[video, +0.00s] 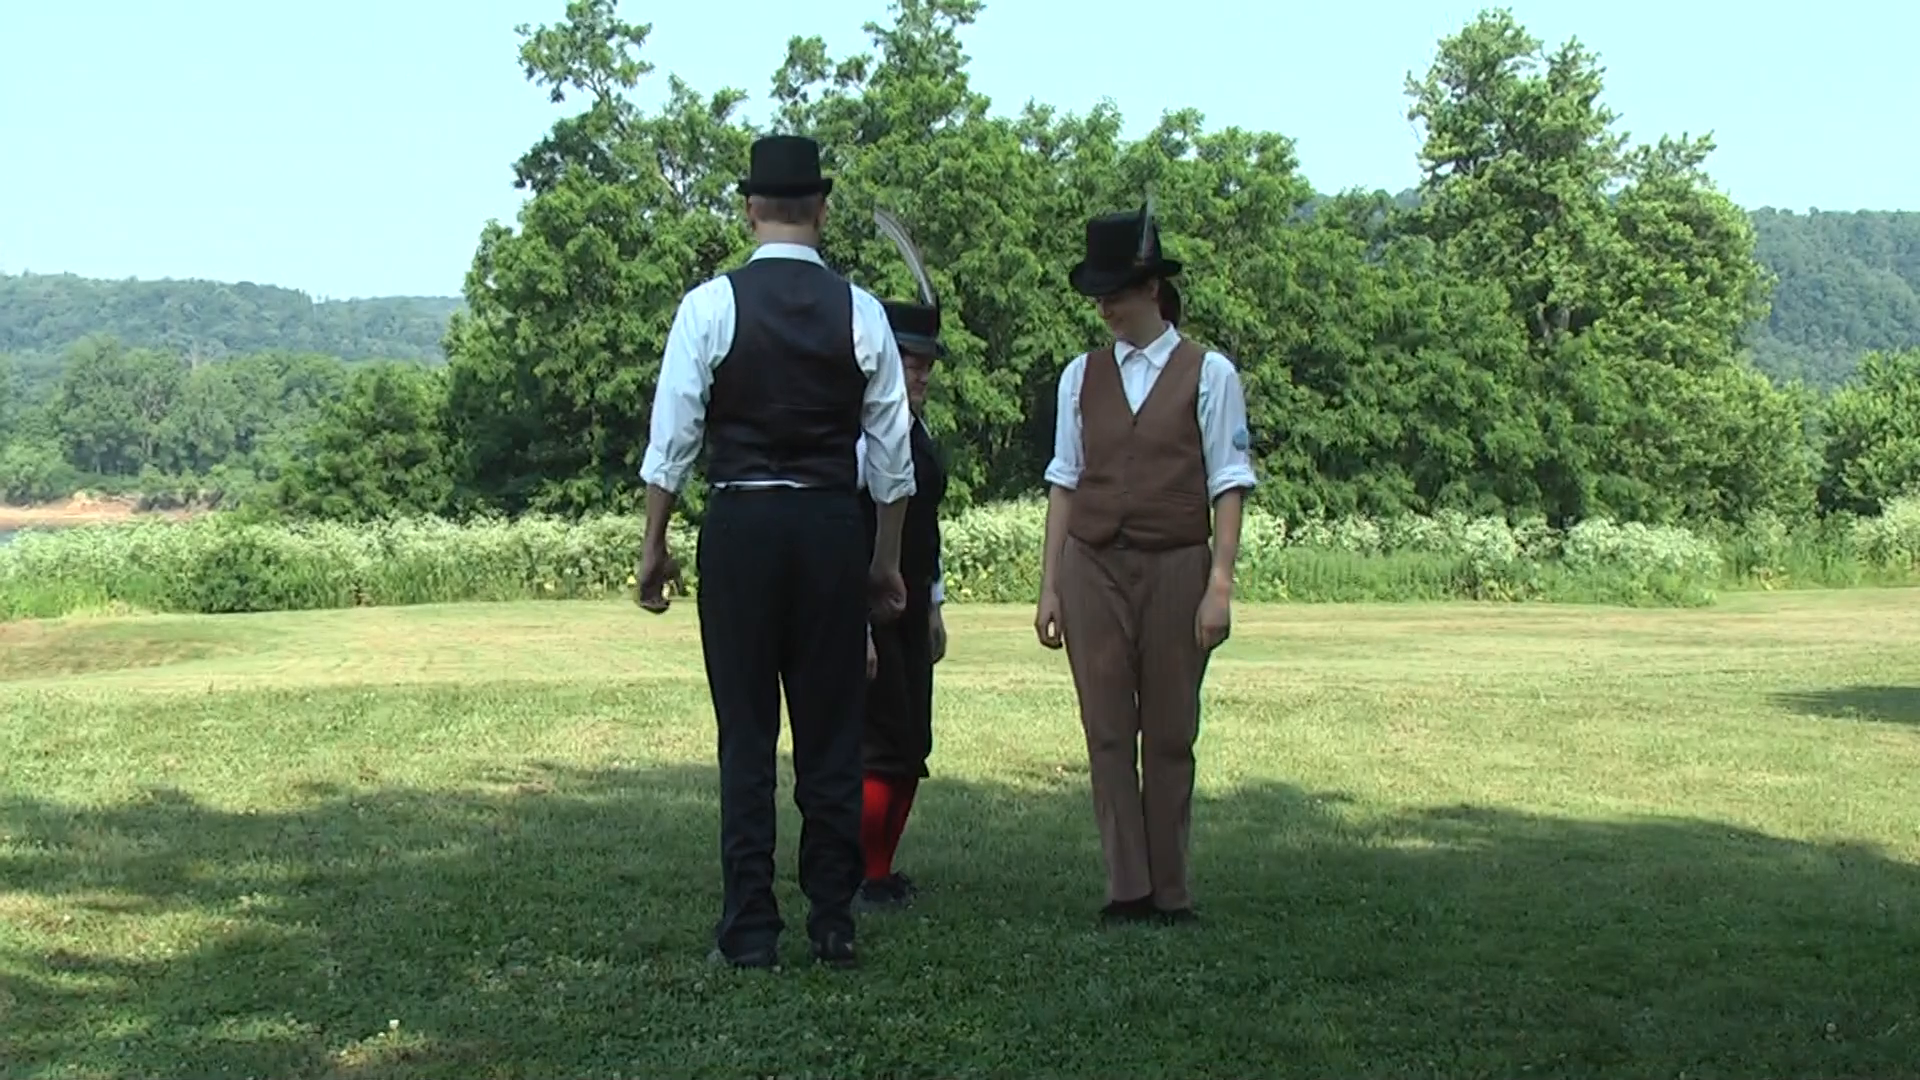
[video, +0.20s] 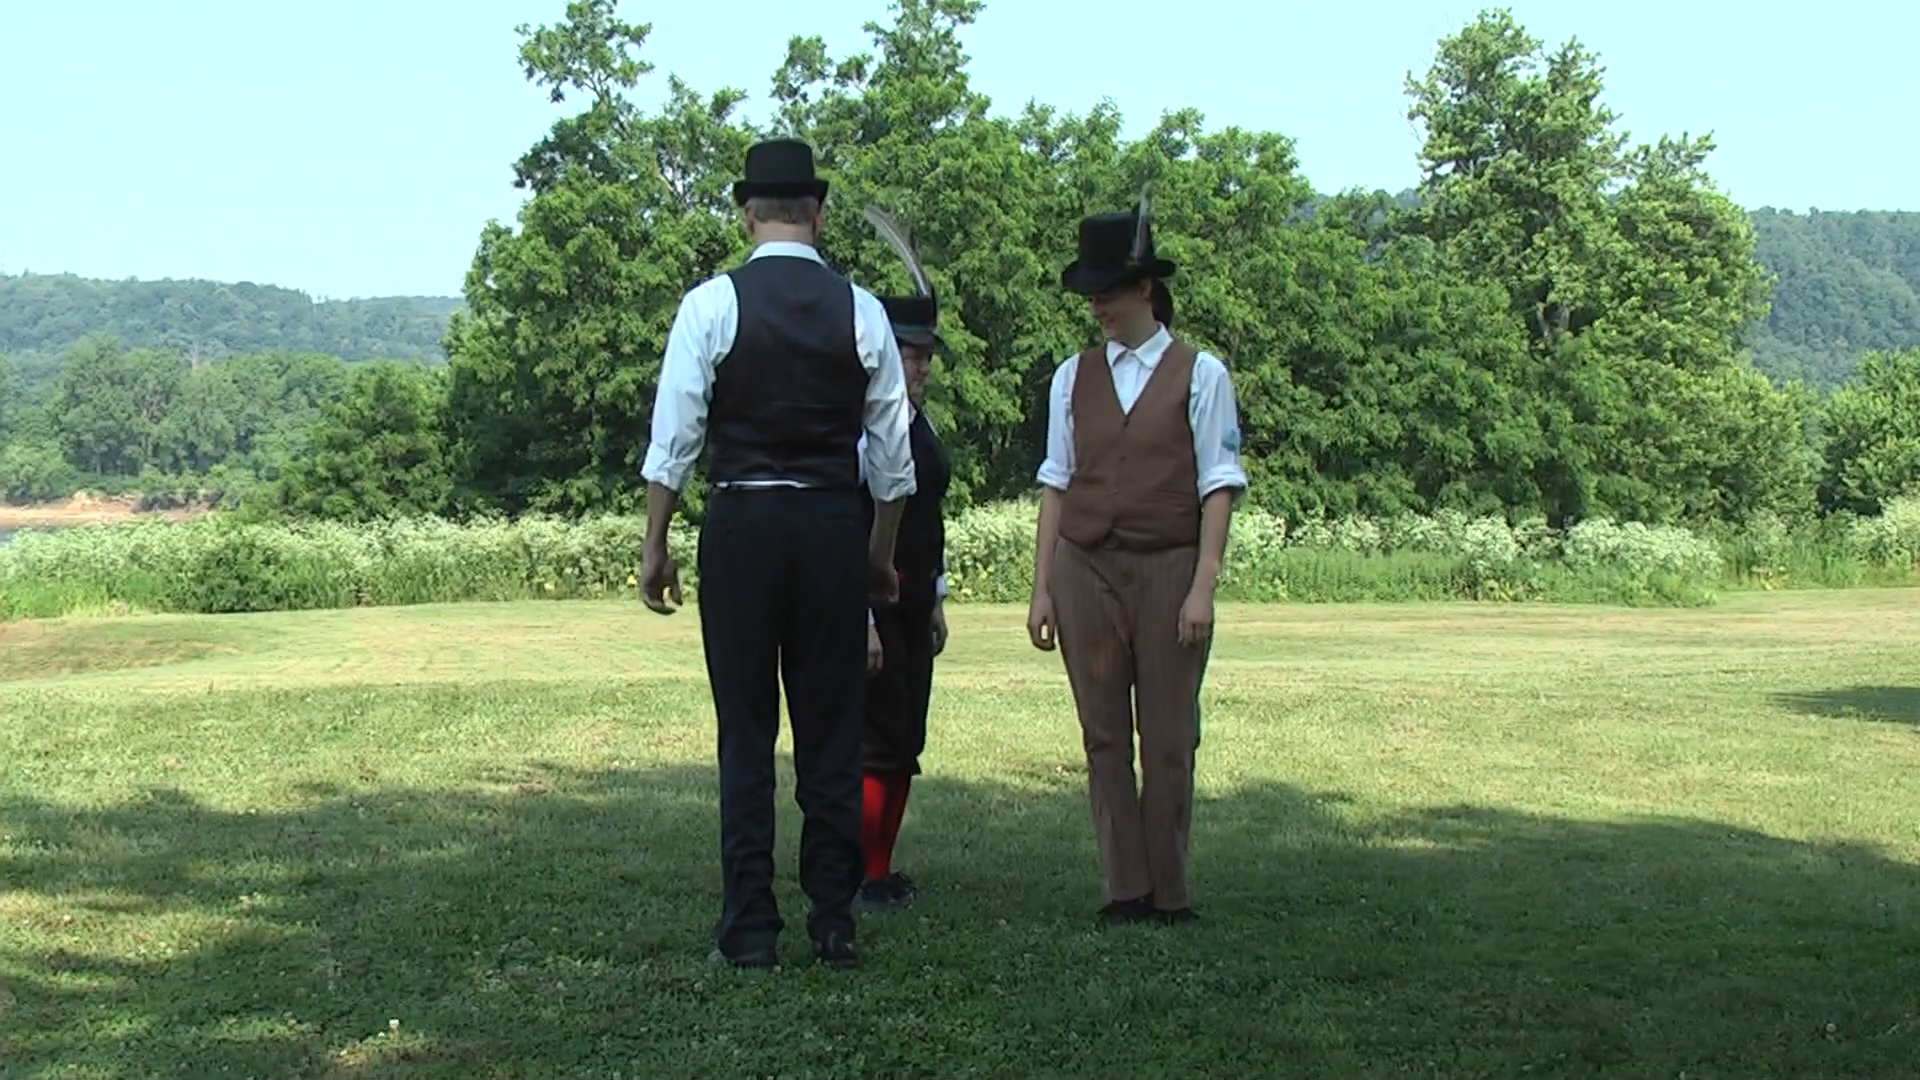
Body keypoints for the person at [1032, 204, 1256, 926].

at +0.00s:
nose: (1107, 306)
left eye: (1118, 293)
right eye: (1099, 296)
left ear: (1155, 287)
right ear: (1094, 298)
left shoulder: (1208, 372)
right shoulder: (1079, 377)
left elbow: (1230, 487)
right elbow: (1063, 486)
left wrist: (1219, 587)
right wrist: (1049, 586)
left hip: (1176, 570)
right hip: (1089, 569)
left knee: (1170, 737)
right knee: (1108, 736)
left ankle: (1169, 891)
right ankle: (1126, 890)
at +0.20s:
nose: (1098, 306)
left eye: (1110, 293)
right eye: (1092, 296)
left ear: (1147, 288)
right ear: (1087, 299)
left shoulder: (1201, 372)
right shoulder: (1070, 378)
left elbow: (1219, 486)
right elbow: (1054, 486)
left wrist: (1203, 588)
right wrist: (1041, 586)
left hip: (1170, 574)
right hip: (1082, 573)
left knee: (1168, 742)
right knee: (1104, 741)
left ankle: (1169, 892)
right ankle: (1124, 891)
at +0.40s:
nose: (1093, 306)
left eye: (1105, 292)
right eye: (1085, 295)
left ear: (1142, 288)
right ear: (1079, 298)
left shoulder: (1194, 374)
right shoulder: (1063, 379)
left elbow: (1213, 489)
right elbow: (1047, 488)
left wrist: (1195, 592)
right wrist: (1034, 587)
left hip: (1164, 575)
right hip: (1076, 574)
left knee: (1172, 742)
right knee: (1100, 742)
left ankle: (1172, 894)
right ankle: (1121, 895)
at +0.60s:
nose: (1092, 307)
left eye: (1103, 294)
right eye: (1084, 297)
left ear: (1139, 290)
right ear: (1077, 300)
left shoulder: (1192, 374)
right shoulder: (1060, 379)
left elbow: (1217, 487)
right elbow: (1044, 490)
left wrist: (1199, 583)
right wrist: (1034, 590)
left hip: (1165, 577)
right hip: (1077, 577)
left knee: (1169, 747)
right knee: (1101, 746)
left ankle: (1173, 898)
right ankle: (1123, 896)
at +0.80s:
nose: (1089, 307)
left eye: (1101, 294)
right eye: (1081, 297)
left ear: (1137, 290)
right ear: (1076, 301)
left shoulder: (1192, 373)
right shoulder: (1058, 378)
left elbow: (1219, 484)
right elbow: (1043, 488)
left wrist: (1201, 580)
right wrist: (1034, 590)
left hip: (1165, 576)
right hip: (1077, 576)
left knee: (1171, 743)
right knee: (1101, 744)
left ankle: (1173, 895)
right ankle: (1122, 894)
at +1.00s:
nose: (1087, 306)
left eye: (1098, 293)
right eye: (1079, 296)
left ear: (1135, 288)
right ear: (1074, 299)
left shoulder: (1189, 372)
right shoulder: (1055, 377)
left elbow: (1215, 483)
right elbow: (1041, 489)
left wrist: (1198, 580)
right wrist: (1034, 591)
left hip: (1166, 575)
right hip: (1076, 577)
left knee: (1170, 744)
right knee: (1101, 745)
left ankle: (1173, 895)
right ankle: (1122, 894)